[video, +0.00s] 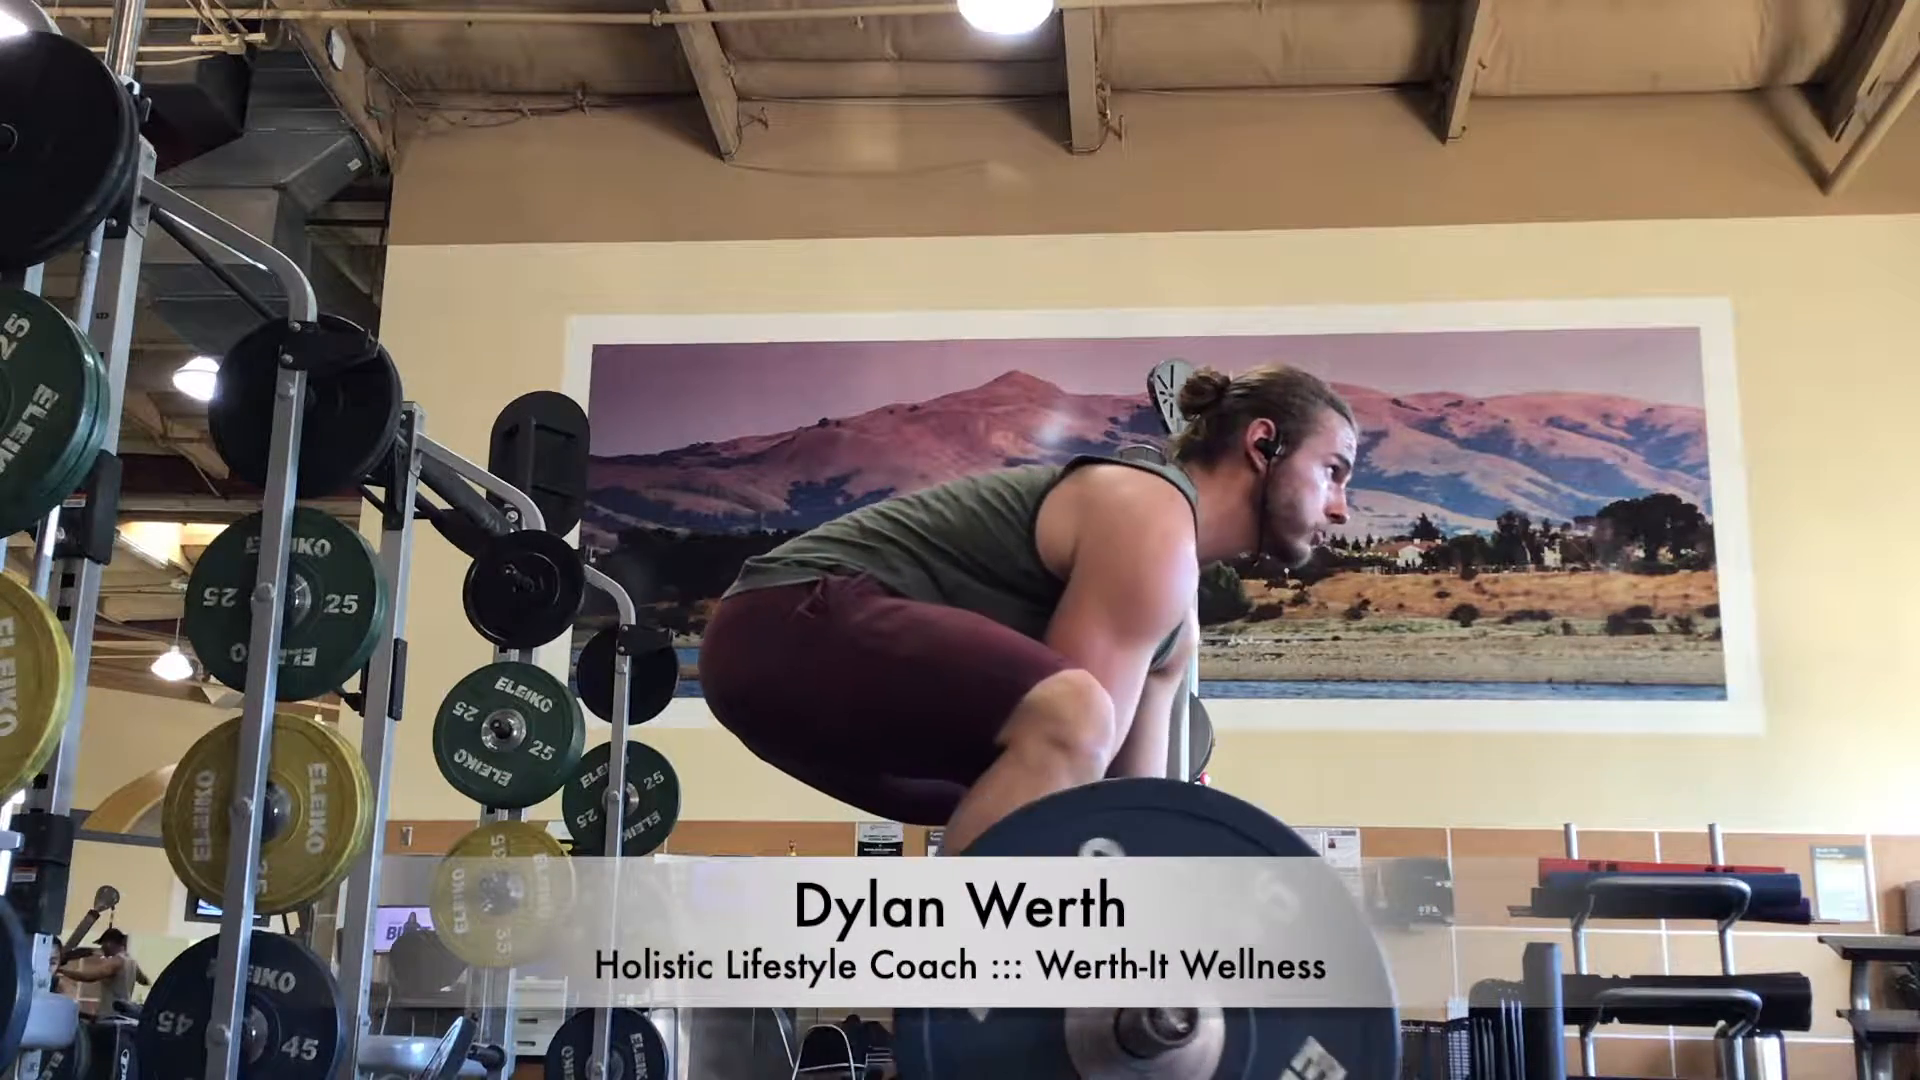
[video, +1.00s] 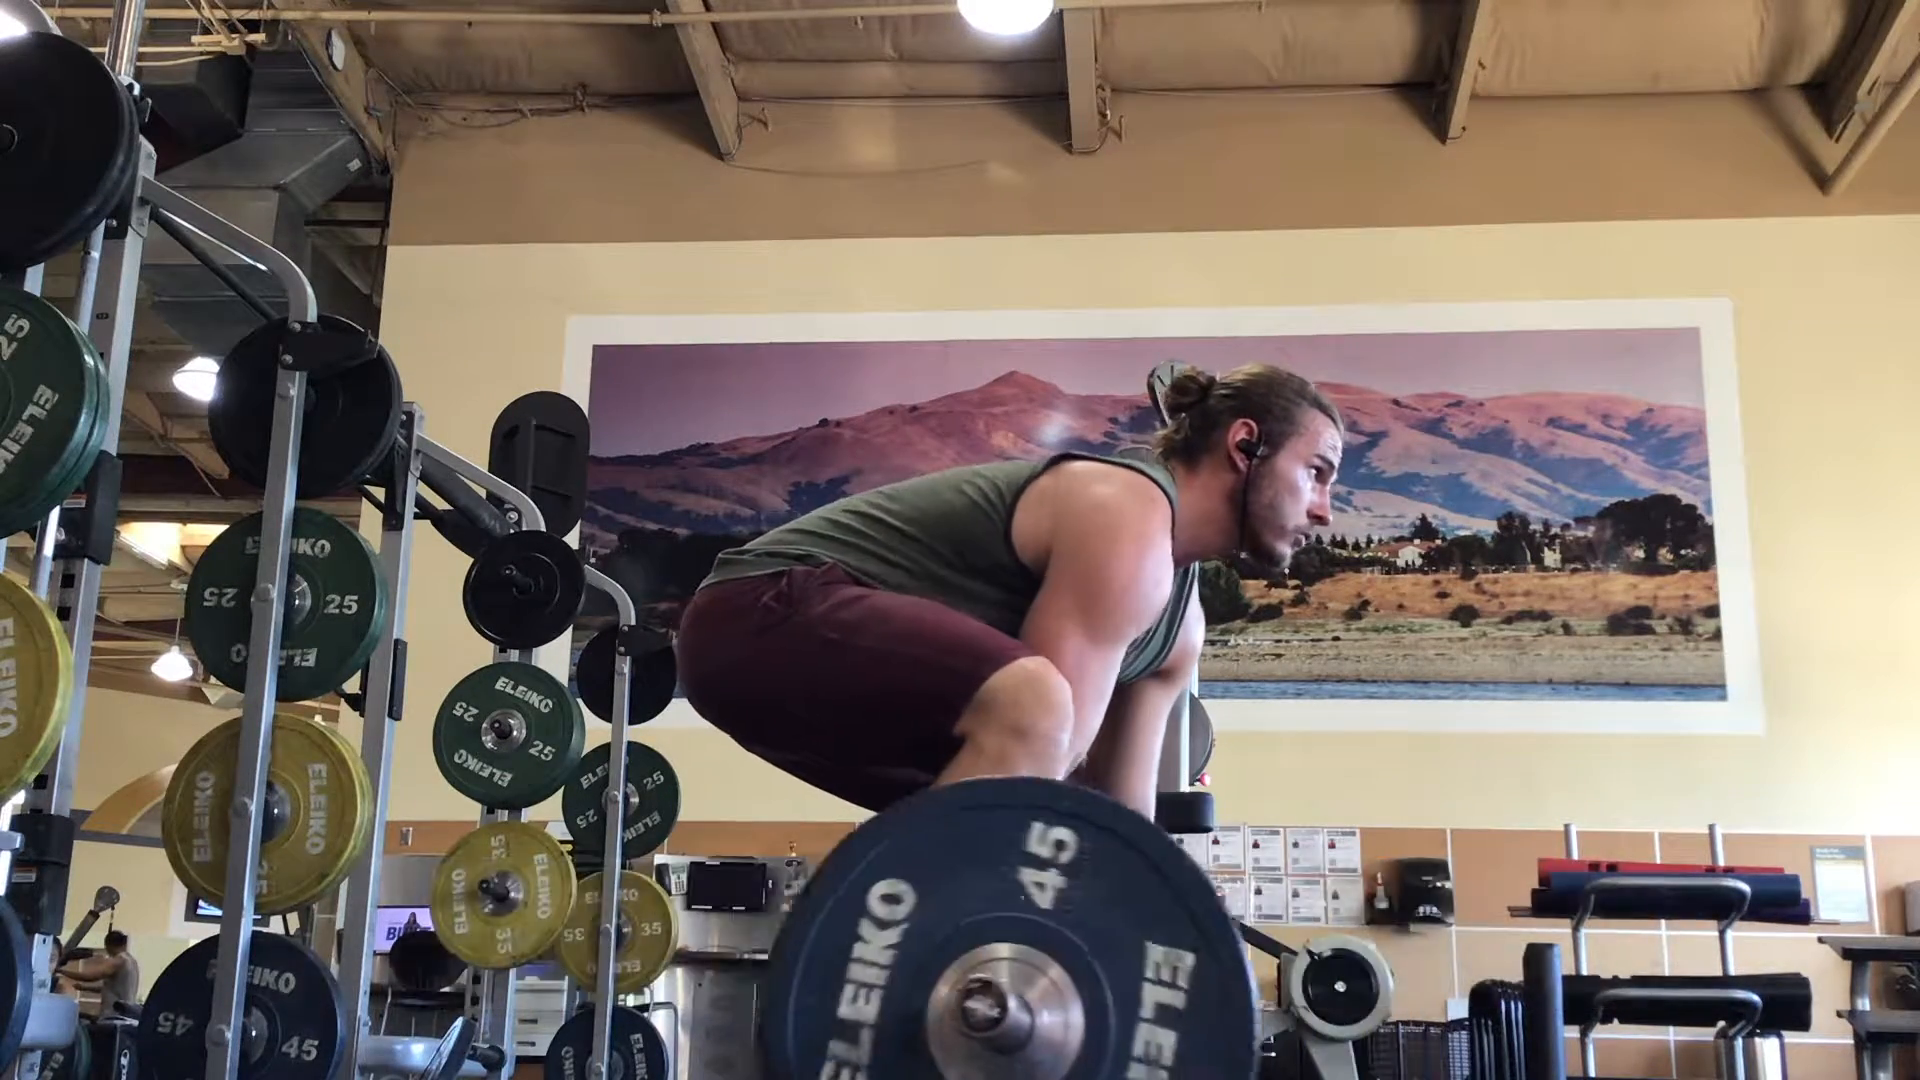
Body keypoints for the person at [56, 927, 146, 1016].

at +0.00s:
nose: (102, 948)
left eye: (103, 944)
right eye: (101, 944)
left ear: (112, 943)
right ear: (121, 944)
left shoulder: (115, 961)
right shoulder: (132, 963)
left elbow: (88, 977)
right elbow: (144, 981)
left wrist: (61, 971)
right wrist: (131, 970)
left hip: (106, 1017)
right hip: (123, 1017)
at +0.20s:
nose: (103, 949)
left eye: (104, 945)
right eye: (102, 945)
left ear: (113, 943)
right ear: (120, 943)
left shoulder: (116, 961)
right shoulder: (132, 962)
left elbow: (88, 977)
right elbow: (144, 983)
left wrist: (61, 971)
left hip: (107, 1017)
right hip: (124, 1018)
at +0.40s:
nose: (106, 947)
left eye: (107, 943)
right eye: (106, 943)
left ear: (109, 943)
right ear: (123, 942)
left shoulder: (118, 961)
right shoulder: (132, 962)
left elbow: (89, 977)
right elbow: (136, 984)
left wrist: (62, 971)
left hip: (110, 1015)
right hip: (126, 1016)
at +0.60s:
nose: (108, 946)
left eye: (108, 943)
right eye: (108, 943)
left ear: (109, 944)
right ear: (124, 943)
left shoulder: (119, 961)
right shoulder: (132, 962)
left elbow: (89, 978)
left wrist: (62, 971)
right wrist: (104, 987)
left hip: (111, 1016)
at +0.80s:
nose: (108, 947)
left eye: (108, 944)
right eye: (107, 944)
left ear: (109, 944)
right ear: (124, 943)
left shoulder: (119, 961)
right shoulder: (132, 962)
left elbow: (88, 977)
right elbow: (117, 985)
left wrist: (61, 971)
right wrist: (93, 990)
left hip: (111, 1018)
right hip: (126, 1018)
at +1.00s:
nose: (106, 949)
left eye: (107, 945)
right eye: (106, 945)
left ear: (109, 945)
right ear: (123, 944)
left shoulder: (119, 961)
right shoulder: (131, 961)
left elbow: (89, 977)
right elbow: (111, 988)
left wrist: (61, 971)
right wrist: (83, 987)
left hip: (111, 1018)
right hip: (125, 1018)